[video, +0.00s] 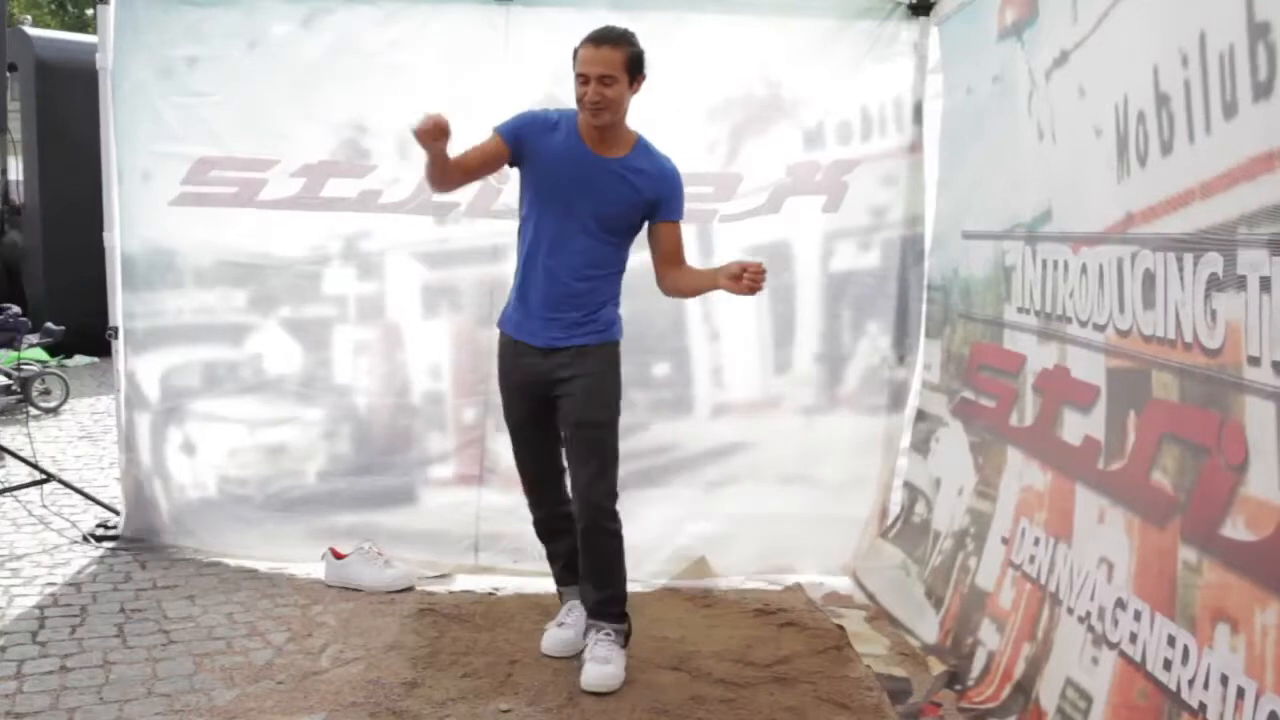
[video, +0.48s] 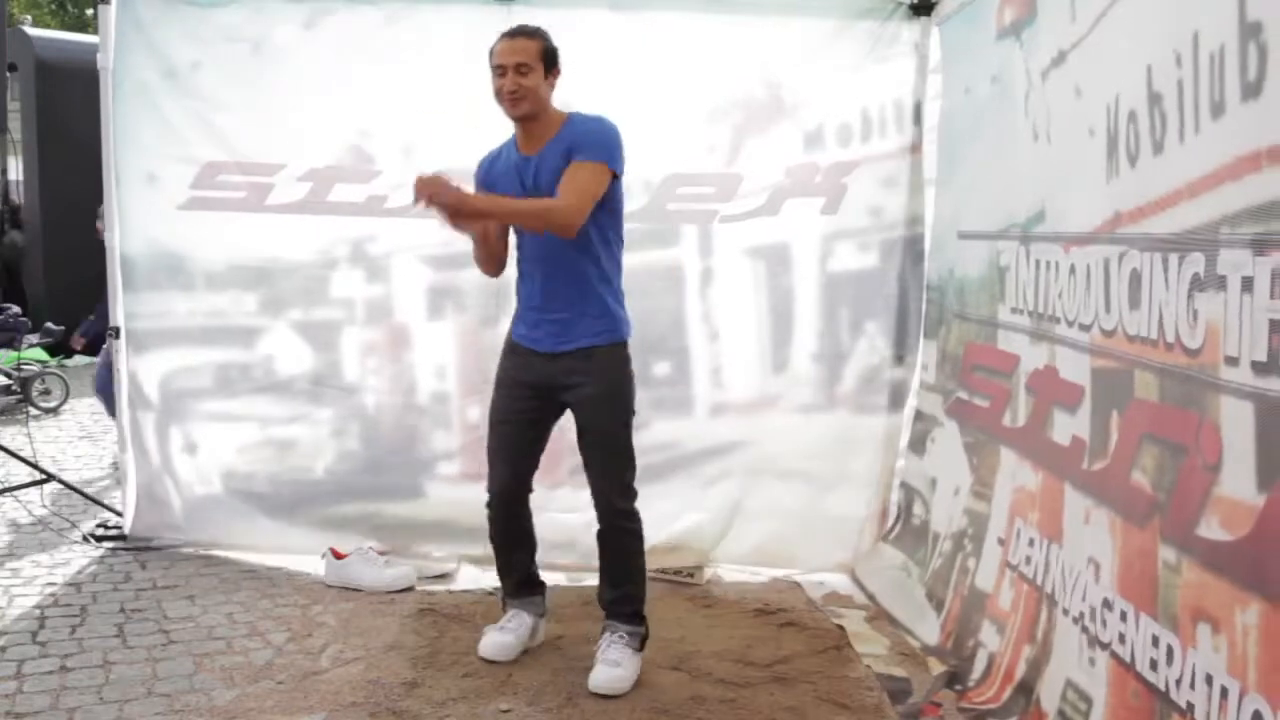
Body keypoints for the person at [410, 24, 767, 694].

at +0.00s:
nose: (595, 92)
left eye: (608, 82)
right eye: (585, 80)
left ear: (635, 85)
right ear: (573, 81)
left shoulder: (656, 176)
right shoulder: (535, 131)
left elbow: (671, 276)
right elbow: (446, 179)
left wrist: (721, 276)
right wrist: (436, 150)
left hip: (591, 350)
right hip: (521, 345)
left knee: (594, 496)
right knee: (543, 491)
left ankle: (607, 629)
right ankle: (574, 598)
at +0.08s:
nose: (589, 93)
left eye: (603, 82)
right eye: (579, 81)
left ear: (630, 87)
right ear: (567, 84)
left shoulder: (655, 179)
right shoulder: (532, 143)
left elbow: (659, 275)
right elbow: (462, 226)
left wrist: (680, 283)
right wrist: (470, 189)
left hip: (593, 353)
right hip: (523, 348)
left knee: (597, 501)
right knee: (527, 493)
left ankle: (608, 632)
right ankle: (572, 593)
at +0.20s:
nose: (567, 91)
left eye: (580, 79)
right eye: (557, 80)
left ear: (609, 85)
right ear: (547, 88)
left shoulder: (646, 171)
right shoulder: (523, 157)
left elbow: (653, 282)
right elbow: (479, 248)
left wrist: (631, 255)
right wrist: (470, 190)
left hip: (600, 360)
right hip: (530, 353)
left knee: (596, 508)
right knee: (494, 488)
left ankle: (608, 634)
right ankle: (557, 571)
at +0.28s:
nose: (547, 85)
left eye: (560, 73)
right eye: (538, 75)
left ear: (591, 78)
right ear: (529, 84)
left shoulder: (632, 157)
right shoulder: (520, 155)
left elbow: (633, 263)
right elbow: (481, 247)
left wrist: (580, 212)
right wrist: (458, 175)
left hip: (600, 356)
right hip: (530, 348)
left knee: (599, 504)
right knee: (489, 478)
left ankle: (607, 632)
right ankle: (543, 564)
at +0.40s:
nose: (524, 72)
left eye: (535, 59)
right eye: (513, 62)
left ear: (566, 65)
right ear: (506, 72)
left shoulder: (608, 129)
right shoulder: (507, 148)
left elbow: (585, 220)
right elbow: (493, 248)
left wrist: (497, 177)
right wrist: (473, 190)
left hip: (599, 343)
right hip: (530, 338)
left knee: (607, 492)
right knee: (497, 477)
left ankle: (617, 630)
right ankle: (522, 591)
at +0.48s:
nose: (512, 82)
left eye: (523, 71)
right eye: (501, 72)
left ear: (551, 78)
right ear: (492, 84)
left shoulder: (594, 135)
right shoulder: (495, 167)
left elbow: (568, 216)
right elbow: (494, 262)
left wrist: (465, 200)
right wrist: (469, 217)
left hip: (596, 349)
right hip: (527, 348)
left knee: (613, 497)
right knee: (504, 489)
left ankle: (624, 630)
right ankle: (524, 606)